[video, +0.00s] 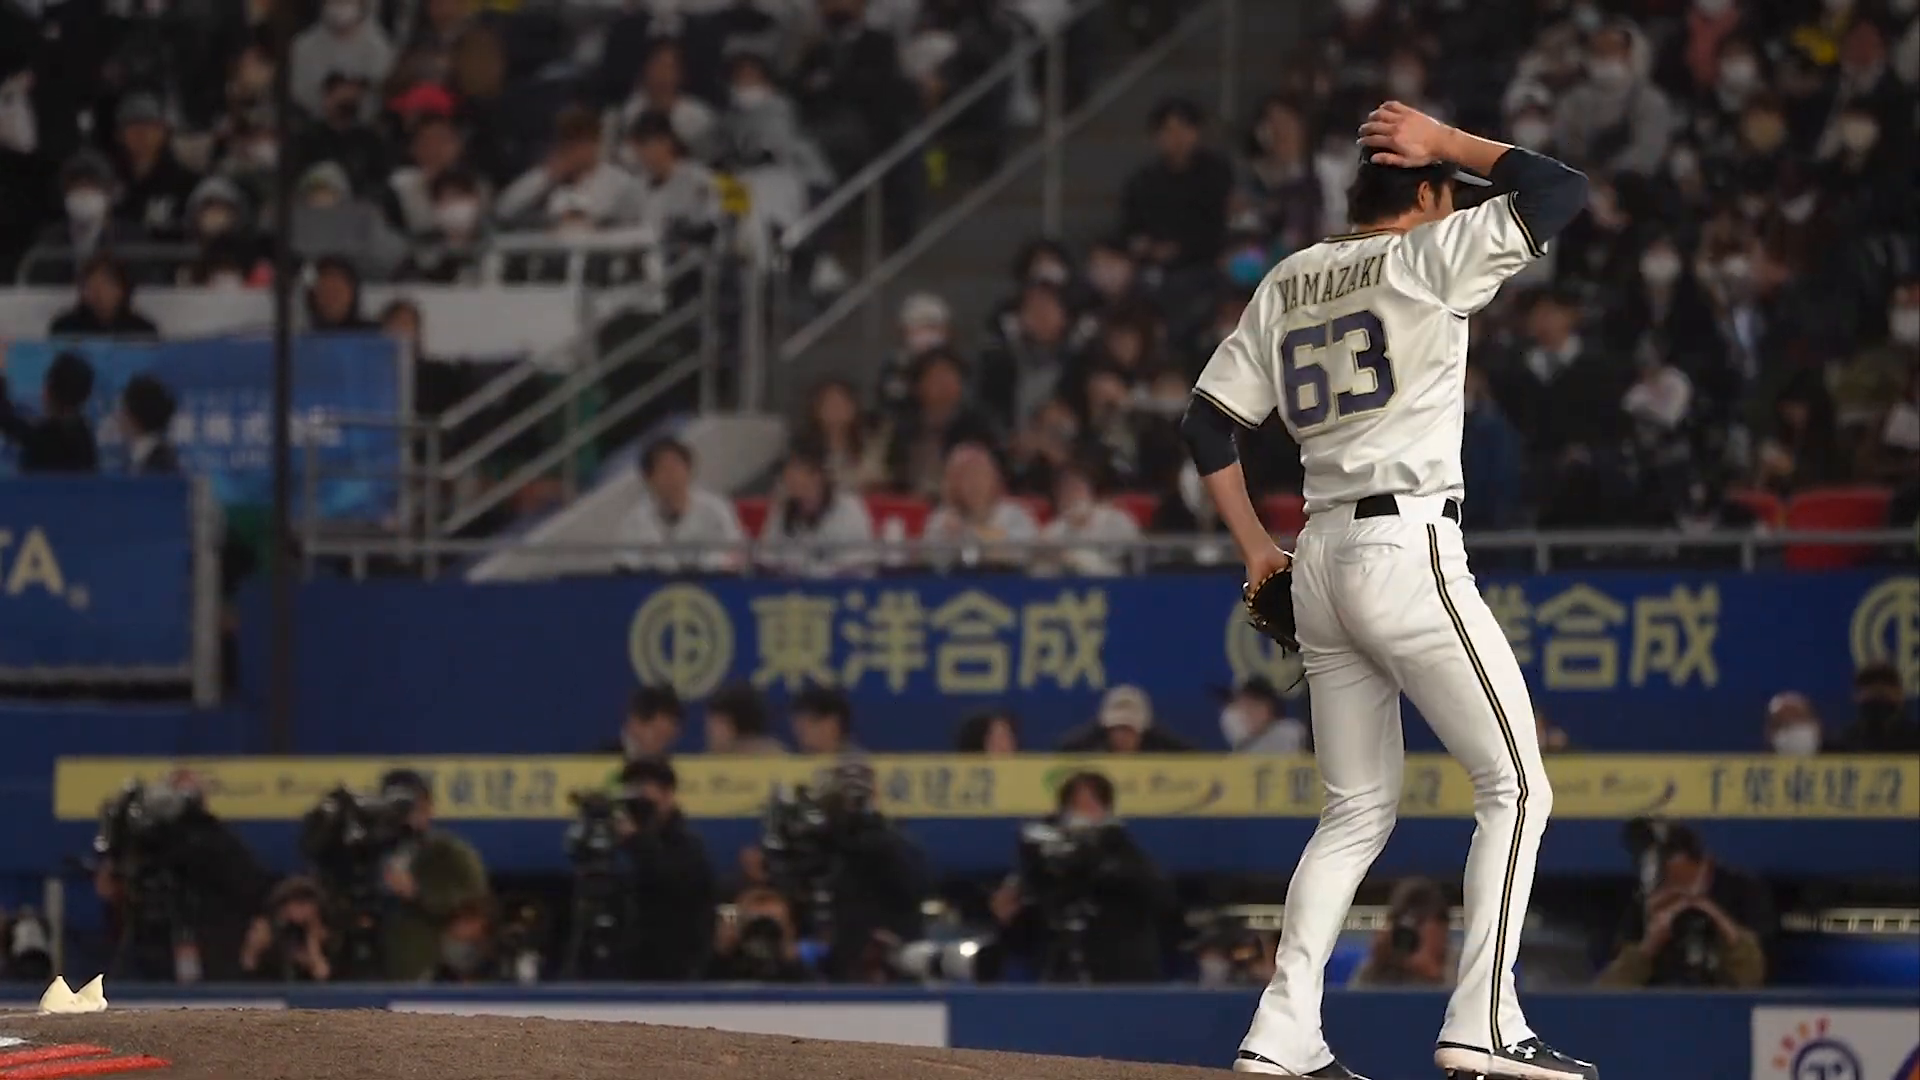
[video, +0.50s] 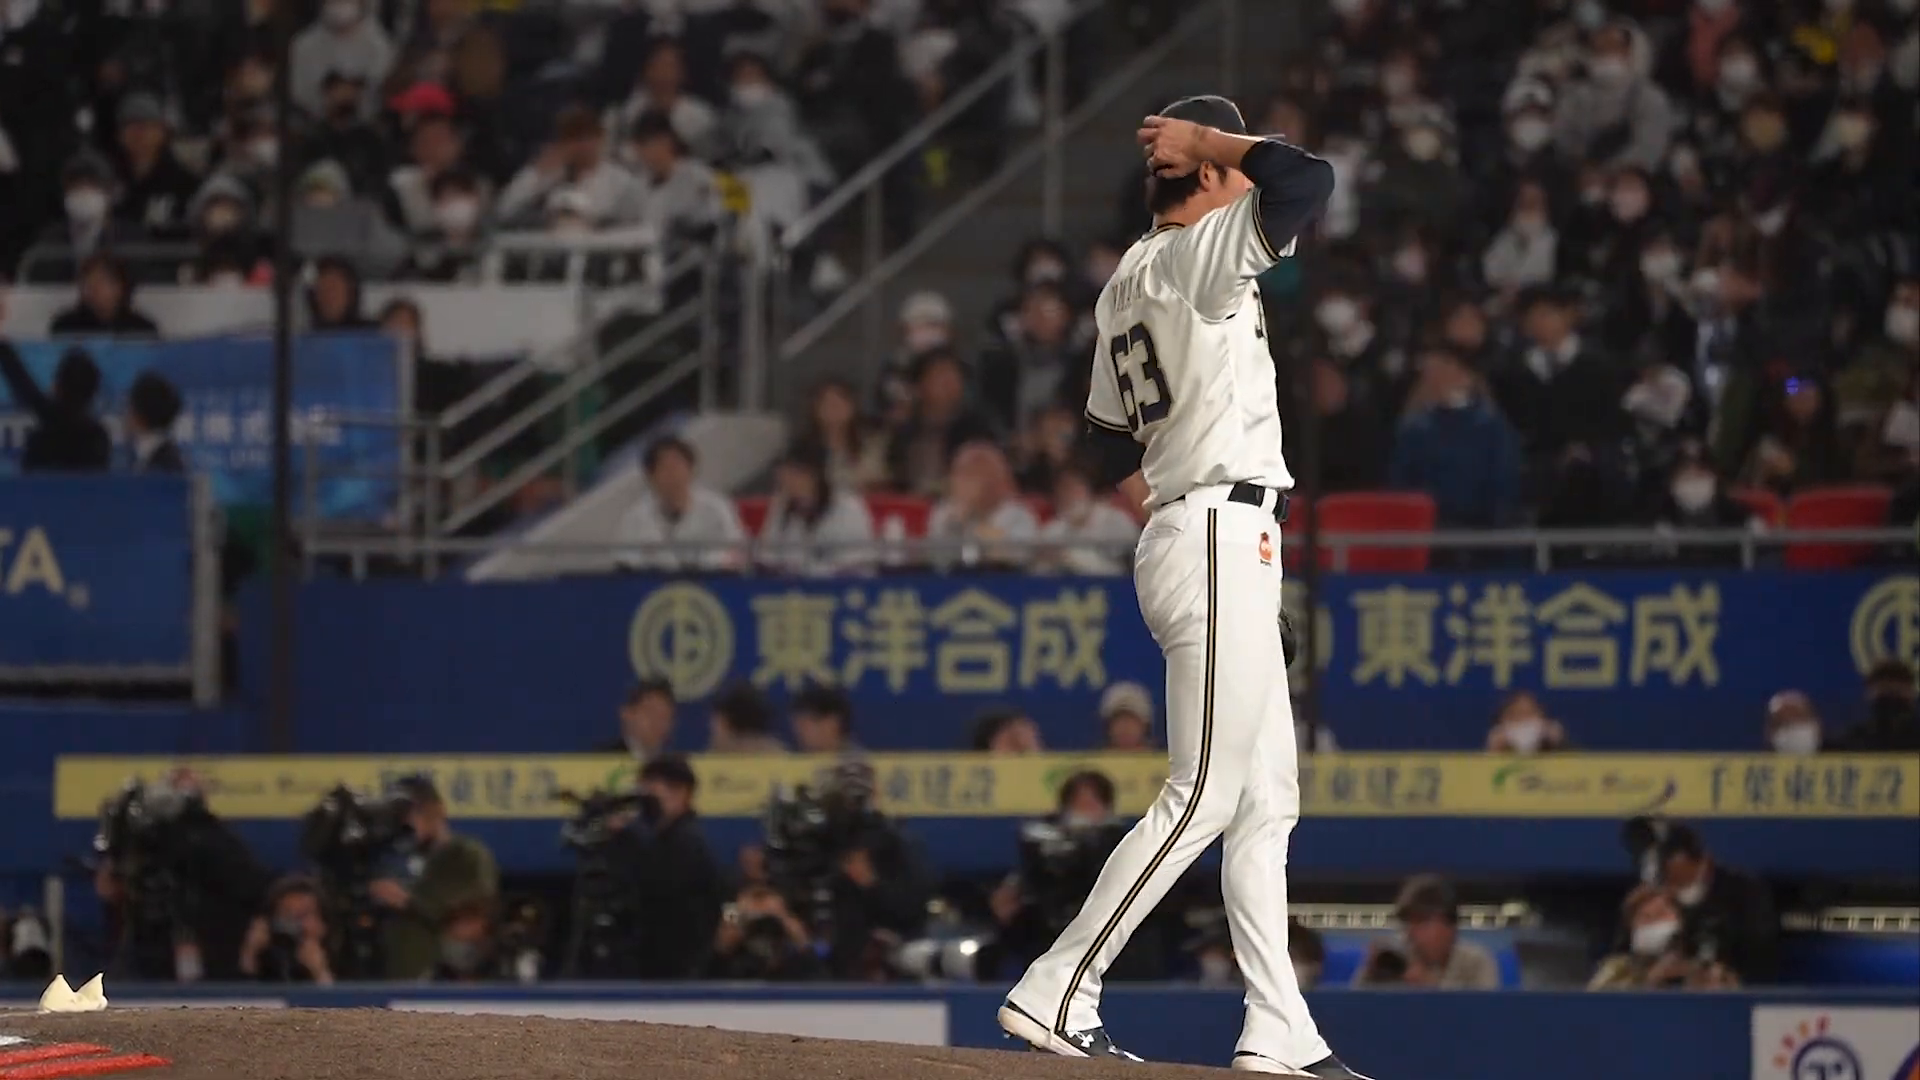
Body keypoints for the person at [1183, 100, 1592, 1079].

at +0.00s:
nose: (1457, 231)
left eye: (1453, 212)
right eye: (1451, 213)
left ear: (1362, 202)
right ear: (1427, 202)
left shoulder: (1287, 283)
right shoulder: (1431, 260)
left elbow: (1210, 417)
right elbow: (1560, 187)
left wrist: (1256, 549)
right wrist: (1450, 141)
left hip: (1318, 564)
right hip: (1409, 558)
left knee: (1355, 812)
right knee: (1517, 786)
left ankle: (1283, 1034)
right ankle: (1484, 1024)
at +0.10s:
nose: (1390, 229)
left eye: (1383, 208)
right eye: (1387, 210)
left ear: (1305, 210)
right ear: (1370, 206)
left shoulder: (1254, 298)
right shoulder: (1377, 259)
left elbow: (1203, 442)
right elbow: (1501, 177)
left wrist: (1257, 567)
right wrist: (1403, 147)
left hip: (1299, 562)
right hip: (1379, 552)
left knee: (1344, 810)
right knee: (1450, 796)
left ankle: (1280, 1028)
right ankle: (1364, 1019)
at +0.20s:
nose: (1357, 209)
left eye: (1348, 184)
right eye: (1349, 187)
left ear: (1268, 194)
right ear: (1327, 188)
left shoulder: (1224, 285)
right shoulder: (1332, 249)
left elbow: (1195, 441)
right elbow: (1445, 166)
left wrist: (1250, 563)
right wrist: (1349, 130)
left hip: (1280, 542)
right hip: (1345, 535)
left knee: (1324, 792)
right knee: (1379, 792)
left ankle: (1290, 1023)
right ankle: (1237, 1000)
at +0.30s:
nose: (1285, 160)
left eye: (1277, 150)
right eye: (1288, 148)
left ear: (1230, 184)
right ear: (1281, 175)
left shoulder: (1190, 284)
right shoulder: (1285, 240)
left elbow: (1181, 446)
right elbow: (1395, 154)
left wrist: (1241, 561)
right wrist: (1297, 126)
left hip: (1264, 534)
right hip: (1316, 528)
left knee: (1300, 795)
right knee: (1318, 791)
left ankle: (1284, 1035)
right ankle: (1145, 967)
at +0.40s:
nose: (1278, 167)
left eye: (1255, 148)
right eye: (1266, 149)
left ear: (1206, 183)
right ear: (1246, 172)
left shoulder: (1161, 289)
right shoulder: (1246, 238)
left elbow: (1147, 441)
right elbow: (1348, 159)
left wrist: (1215, 544)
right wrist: (1252, 131)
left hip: (1238, 540)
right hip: (1273, 533)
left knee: (1288, 800)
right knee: (1266, 793)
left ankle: (1282, 1038)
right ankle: (1087, 971)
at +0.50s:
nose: (1239, 172)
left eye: (1234, 156)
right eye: (1230, 154)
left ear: (1166, 183)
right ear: (1195, 174)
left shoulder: (1119, 287)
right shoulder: (1198, 251)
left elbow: (1108, 437)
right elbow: (1306, 177)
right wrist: (1207, 146)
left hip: (1196, 538)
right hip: (1219, 537)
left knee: (1268, 798)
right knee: (1204, 792)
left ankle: (1280, 1035)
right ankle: (1054, 995)